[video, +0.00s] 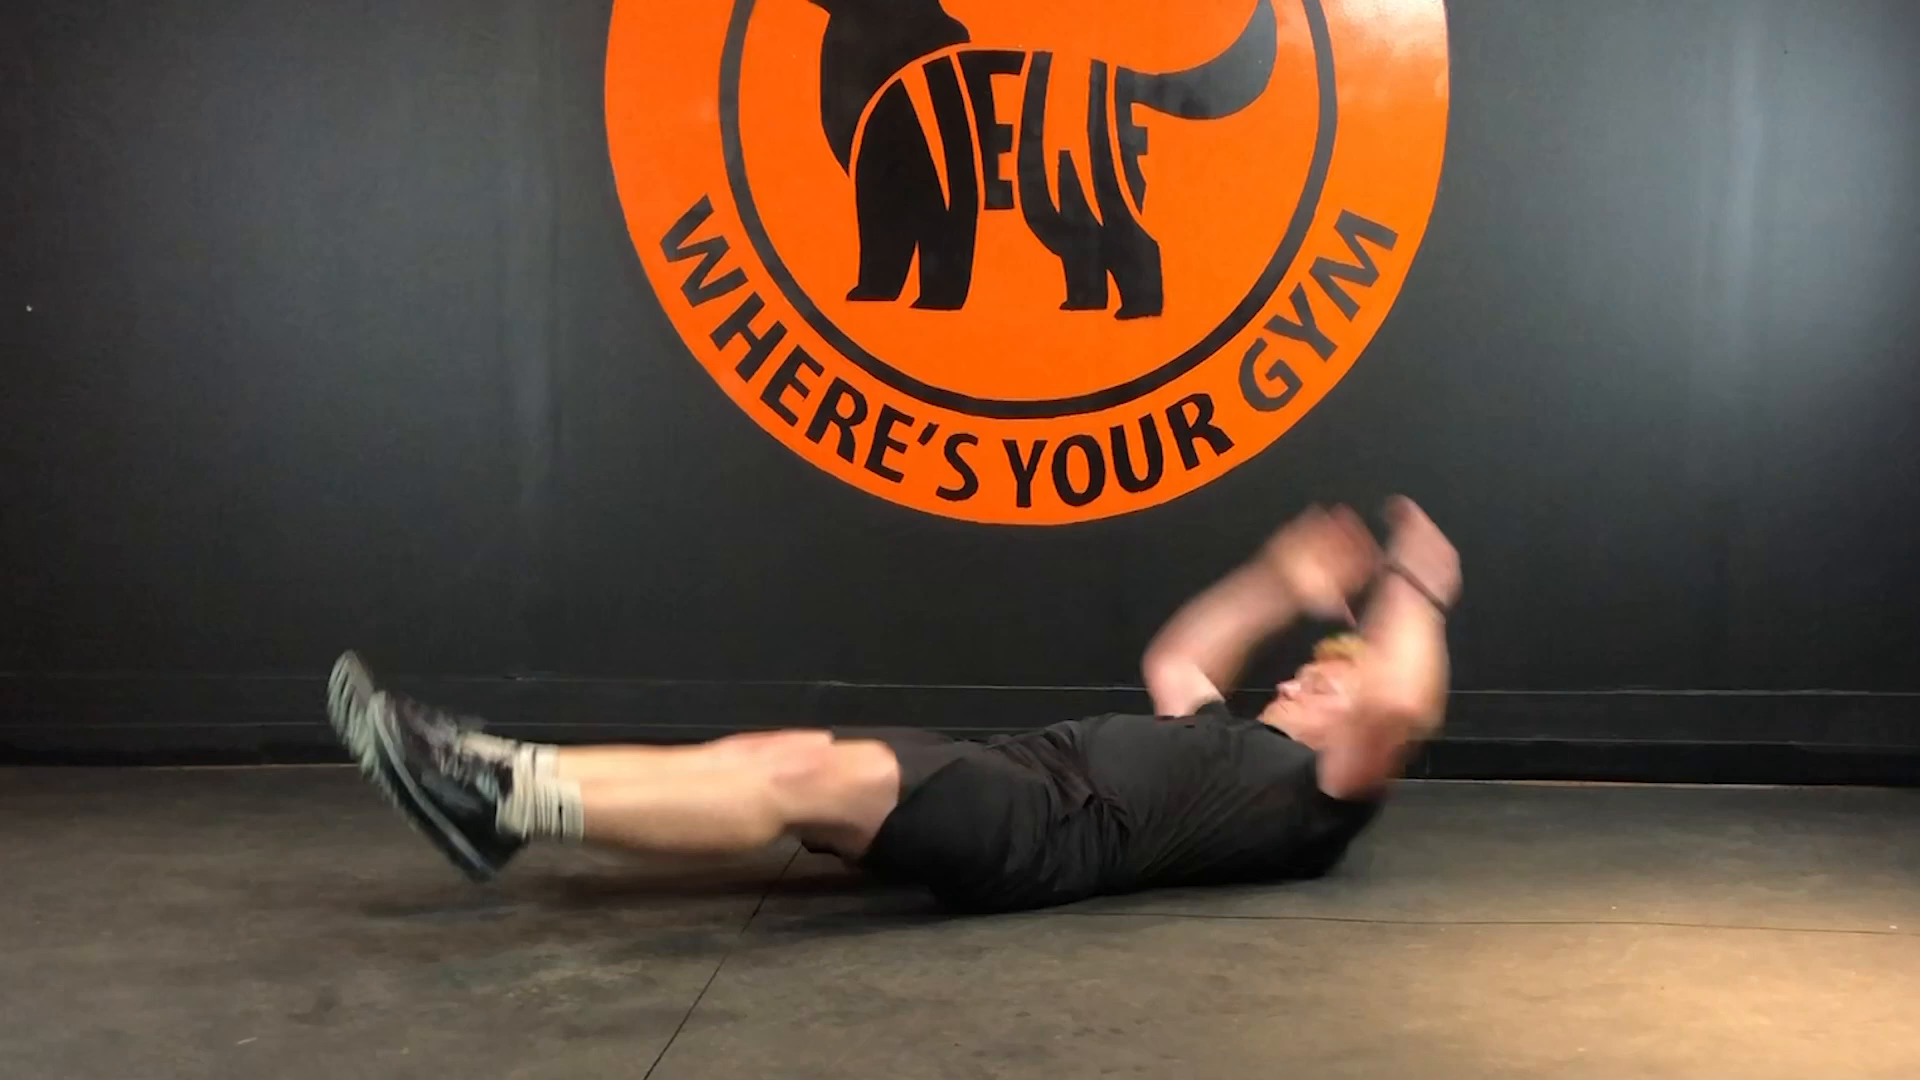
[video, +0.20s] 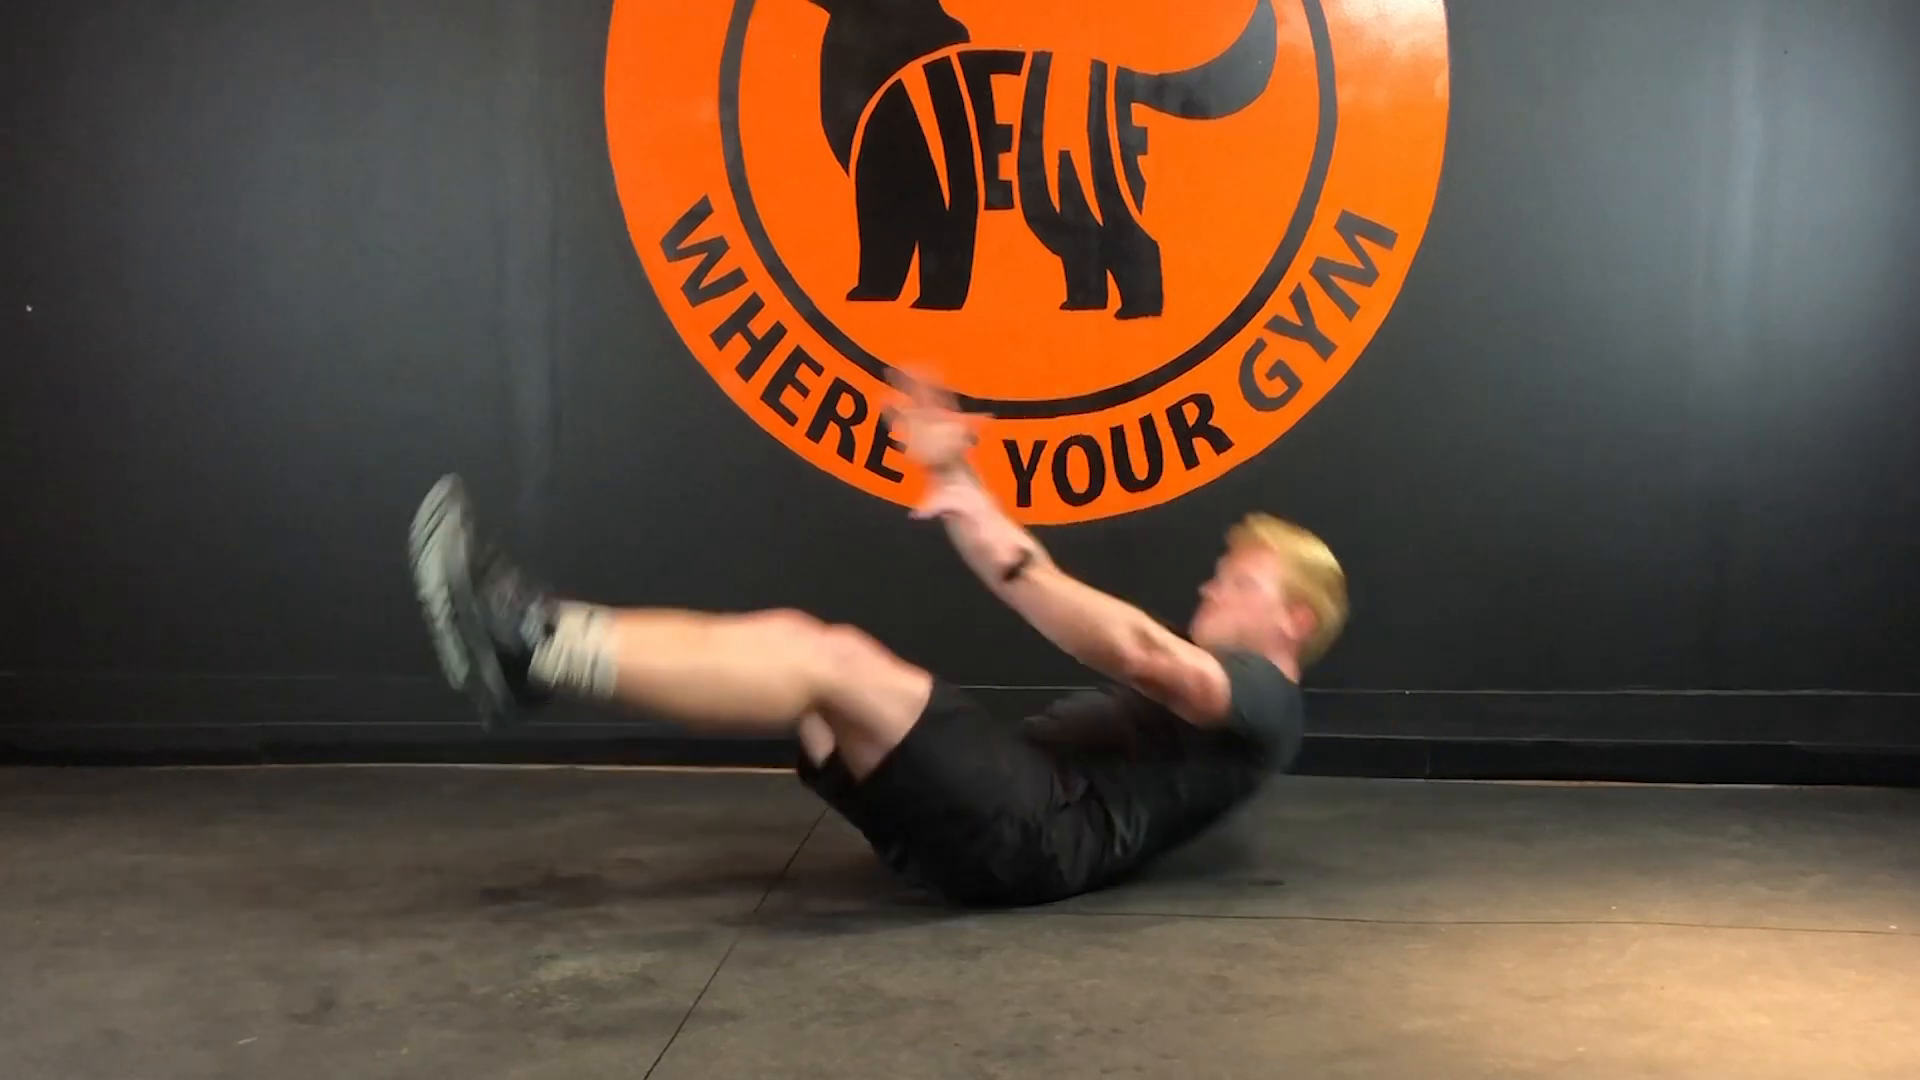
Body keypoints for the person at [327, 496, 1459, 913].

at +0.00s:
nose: (1327, 679)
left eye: (1350, 683)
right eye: (1326, 668)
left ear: (1367, 734)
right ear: (1295, 696)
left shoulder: (1307, 791)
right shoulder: (1221, 744)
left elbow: (1402, 696)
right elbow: (1183, 655)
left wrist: (1419, 589)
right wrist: (1288, 573)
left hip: (1053, 817)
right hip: (999, 771)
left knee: (812, 777)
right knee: (767, 754)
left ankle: (515, 806)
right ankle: (485, 780)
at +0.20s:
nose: (1209, 590)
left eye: (1238, 580)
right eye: (1222, 574)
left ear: (1295, 622)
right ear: (1257, 607)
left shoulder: (1266, 701)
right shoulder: (1211, 683)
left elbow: (1145, 655)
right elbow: (1059, 612)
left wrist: (995, 540)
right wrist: (957, 476)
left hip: (1037, 830)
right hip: (987, 813)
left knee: (824, 658)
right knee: (789, 645)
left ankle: (544, 645)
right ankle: (528, 636)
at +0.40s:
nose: (1092, 493)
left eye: (1116, 477)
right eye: (1097, 474)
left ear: (1178, 509)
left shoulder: (1178, 598)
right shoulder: (1069, 573)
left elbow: (1033, 528)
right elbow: (917, 506)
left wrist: (900, 432)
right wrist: (807, 404)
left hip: (1013, 830)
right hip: (932, 827)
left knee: (935, 571)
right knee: (887, 562)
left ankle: (674, 469)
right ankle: (653, 475)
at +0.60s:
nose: (1062, 482)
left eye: (1088, 467)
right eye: (1068, 464)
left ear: (1151, 498)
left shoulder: (1163, 594)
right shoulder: (1042, 573)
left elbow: (1010, 542)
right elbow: (909, 525)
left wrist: (879, 452)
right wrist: (781, 461)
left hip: (1014, 833)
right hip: (929, 832)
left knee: (928, 578)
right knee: (866, 581)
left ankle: (669, 488)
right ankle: (626, 515)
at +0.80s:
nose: (1112, 495)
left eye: (1138, 485)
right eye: (1120, 479)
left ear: (1200, 526)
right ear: (1126, 502)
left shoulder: (1201, 629)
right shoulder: (1072, 576)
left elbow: (1106, 608)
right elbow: (940, 565)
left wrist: (1002, 476)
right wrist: (857, 477)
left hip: (1006, 835)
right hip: (923, 823)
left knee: (880, 599)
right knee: (809, 607)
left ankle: (588, 618)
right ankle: (555, 618)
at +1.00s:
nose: (1175, 530)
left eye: (1205, 528)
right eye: (1182, 517)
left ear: (1251, 576)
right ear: (1194, 542)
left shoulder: (1225, 675)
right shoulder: (1119, 629)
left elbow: (1191, 588)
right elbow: (1005, 570)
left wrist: (1154, 421)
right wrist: (995, 435)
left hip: (1016, 822)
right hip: (953, 794)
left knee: (809, 658)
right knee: (764, 658)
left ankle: (508, 696)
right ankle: (491, 697)